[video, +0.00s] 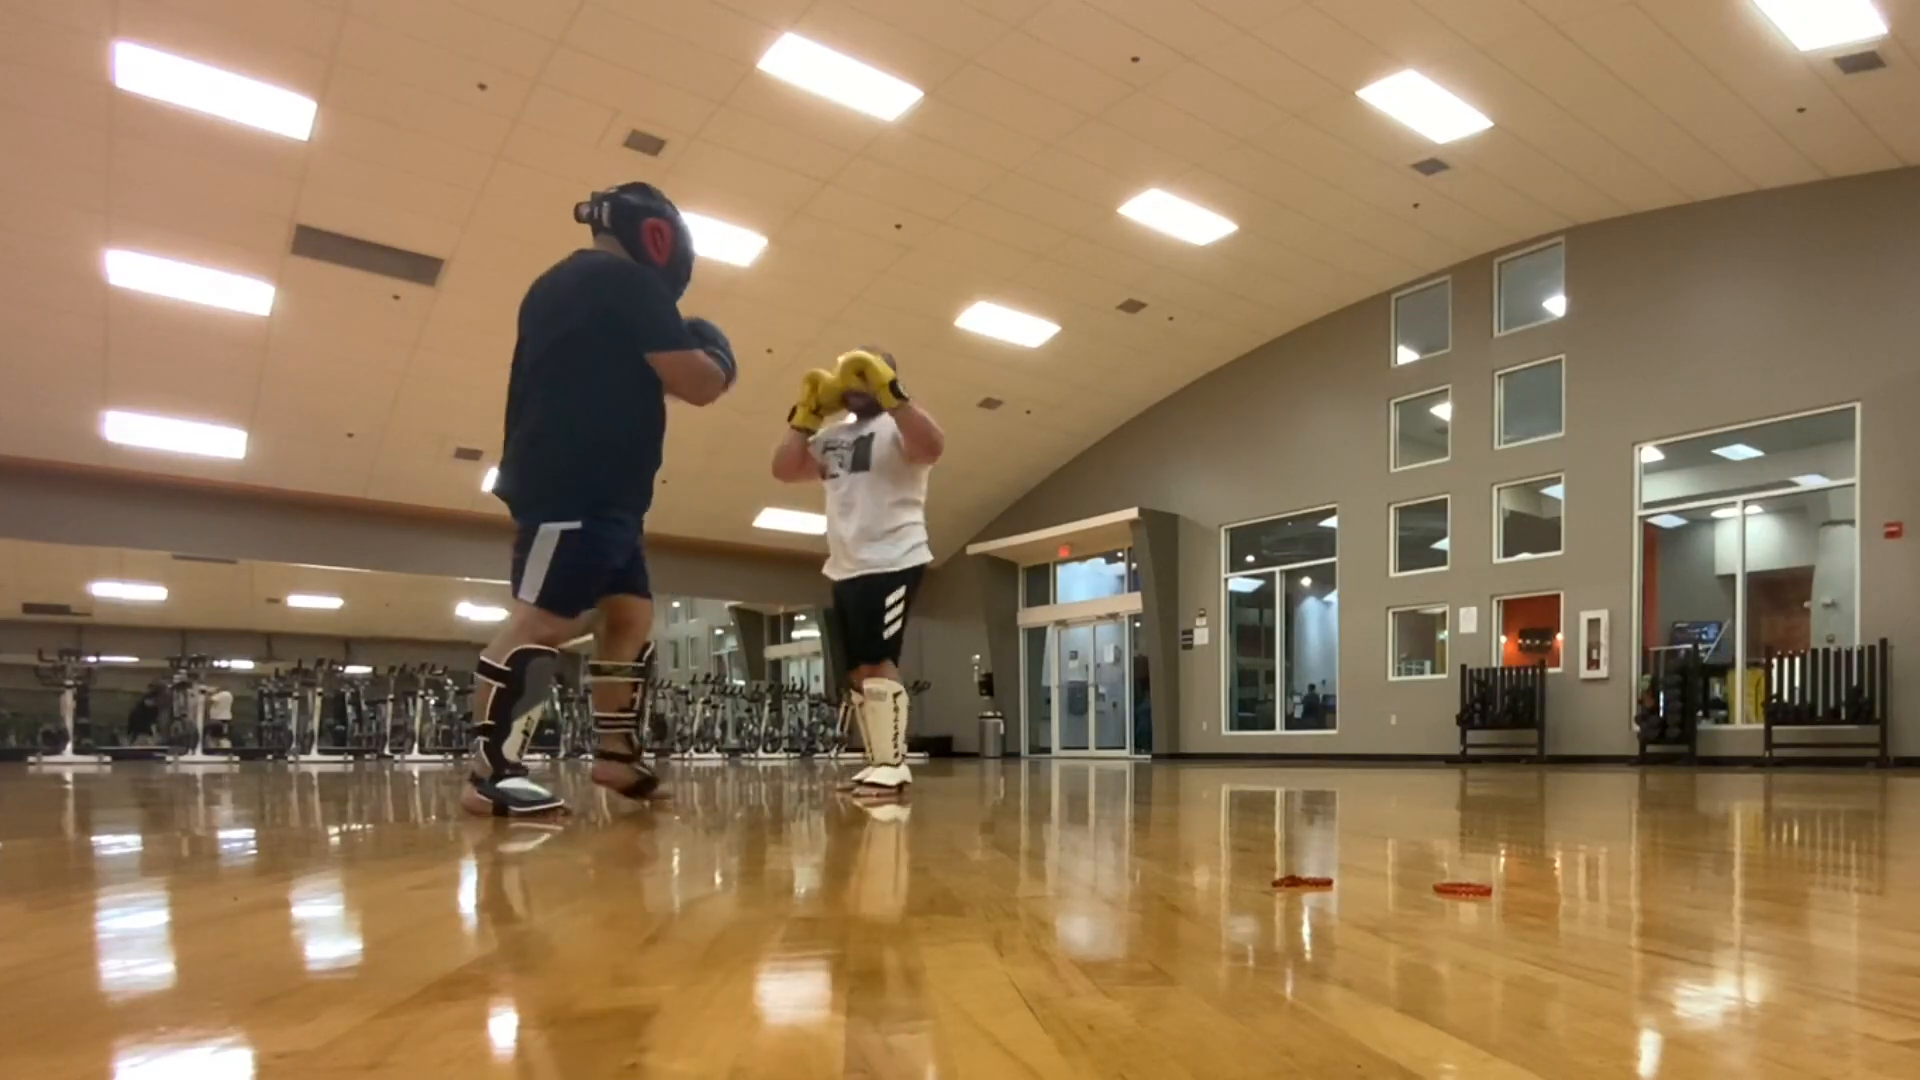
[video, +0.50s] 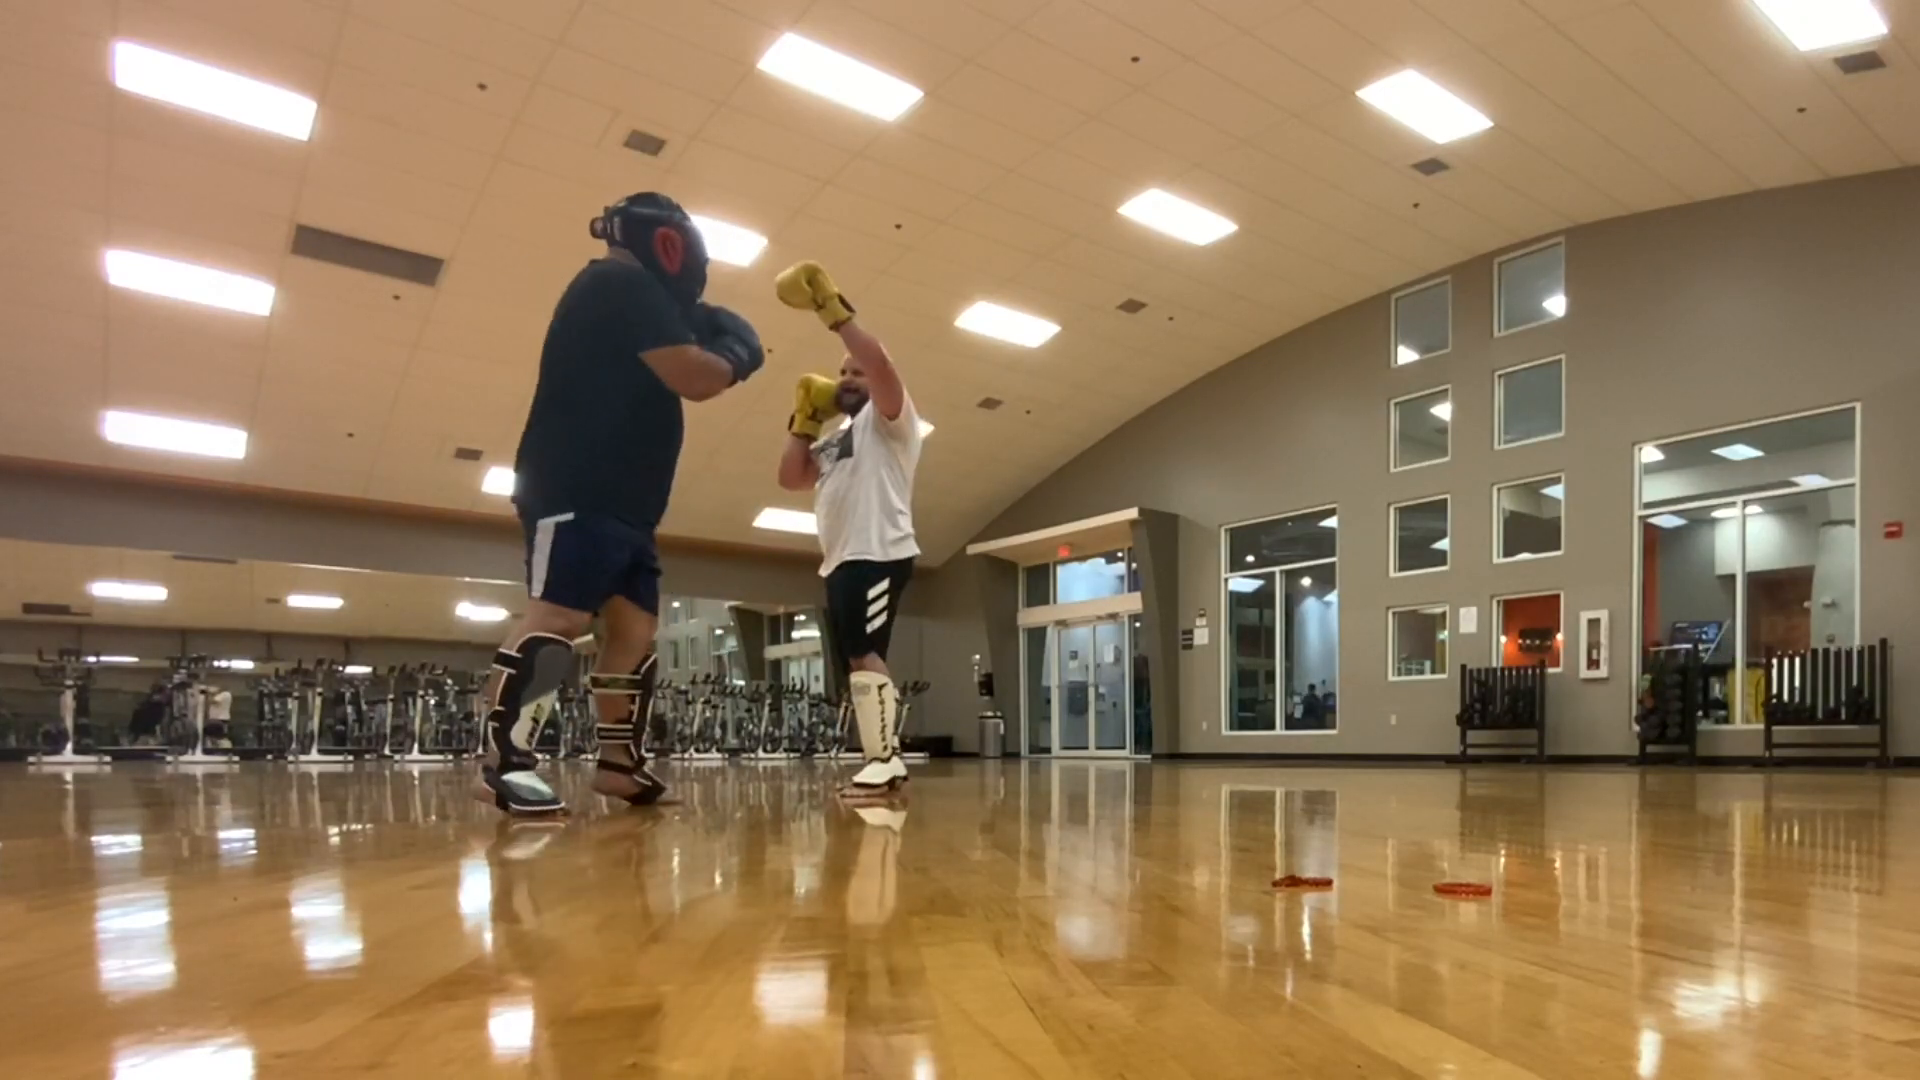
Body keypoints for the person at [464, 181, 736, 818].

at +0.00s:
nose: (676, 263)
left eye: (676, 251)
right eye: (675, 249)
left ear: (605, 232)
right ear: (654, 235)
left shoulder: (552, 286)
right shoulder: (629, 282)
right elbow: (696, 383)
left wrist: (667, 335)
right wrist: (718, 350)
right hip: (582, 485)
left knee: (629, 617)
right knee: (541, 620)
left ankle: (618, 757)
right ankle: (488, 769)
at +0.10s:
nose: (667, 247)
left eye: (665, 236)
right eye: (665, 235)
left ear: (592, 222)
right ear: (647, 227)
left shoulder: (542, 273)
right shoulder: (635, 280)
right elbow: (702, 376)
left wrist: (666, 305)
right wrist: (712, 320)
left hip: (543, 467)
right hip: (591, 478)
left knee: (613, 618)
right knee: (546, 615)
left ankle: (592, 757)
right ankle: (487, 765)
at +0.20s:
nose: (658, 255)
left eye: (658, 246)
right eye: (656, 243)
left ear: (578, 226)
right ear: (637, 231)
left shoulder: (531, 275)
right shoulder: (632, 285)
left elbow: (597, 340)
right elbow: (714, 368)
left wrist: (671, 303)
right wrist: (720, 309)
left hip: (537, 473)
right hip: (599, 480)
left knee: (630, 609)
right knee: (541, 621)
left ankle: (608, 750)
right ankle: (487, 767)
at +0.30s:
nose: (664, 258)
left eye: (664, 248)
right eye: (661, 245)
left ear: (587, 232)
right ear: (643, 236)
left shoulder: (540, 287)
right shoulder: (630, 290)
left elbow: (612, 359)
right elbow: (711, 378)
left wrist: (674, 317)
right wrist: (724, 324)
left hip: (555, 478)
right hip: (594, 487)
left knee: (632, 617)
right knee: (541, 621)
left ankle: (628, 758)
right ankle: (487, 766)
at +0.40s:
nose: (685, 263)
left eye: (682, 249)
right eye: (679, 248)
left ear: (614, 240)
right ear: (657, 241)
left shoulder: (578, 288)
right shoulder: (627, 287)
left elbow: (627, 369)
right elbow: (704, 379)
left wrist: (682, 326)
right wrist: (727, 340)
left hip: (616, 494)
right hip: (585, 488)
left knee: (634, 624)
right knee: (548, 616)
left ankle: (620, 760)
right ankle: (494, 760)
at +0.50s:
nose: (698, 266)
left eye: (696, 252)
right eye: (691, 250)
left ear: (643, 243)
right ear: (666, 242)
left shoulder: (643, 294)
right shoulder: (623, 281)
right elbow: (688, 374)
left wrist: (703, 328)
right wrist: (738, 355)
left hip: (624, 496)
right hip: (576, 484)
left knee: (633, 623)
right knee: (559, 614)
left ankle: (619, 759)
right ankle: (504, 754)